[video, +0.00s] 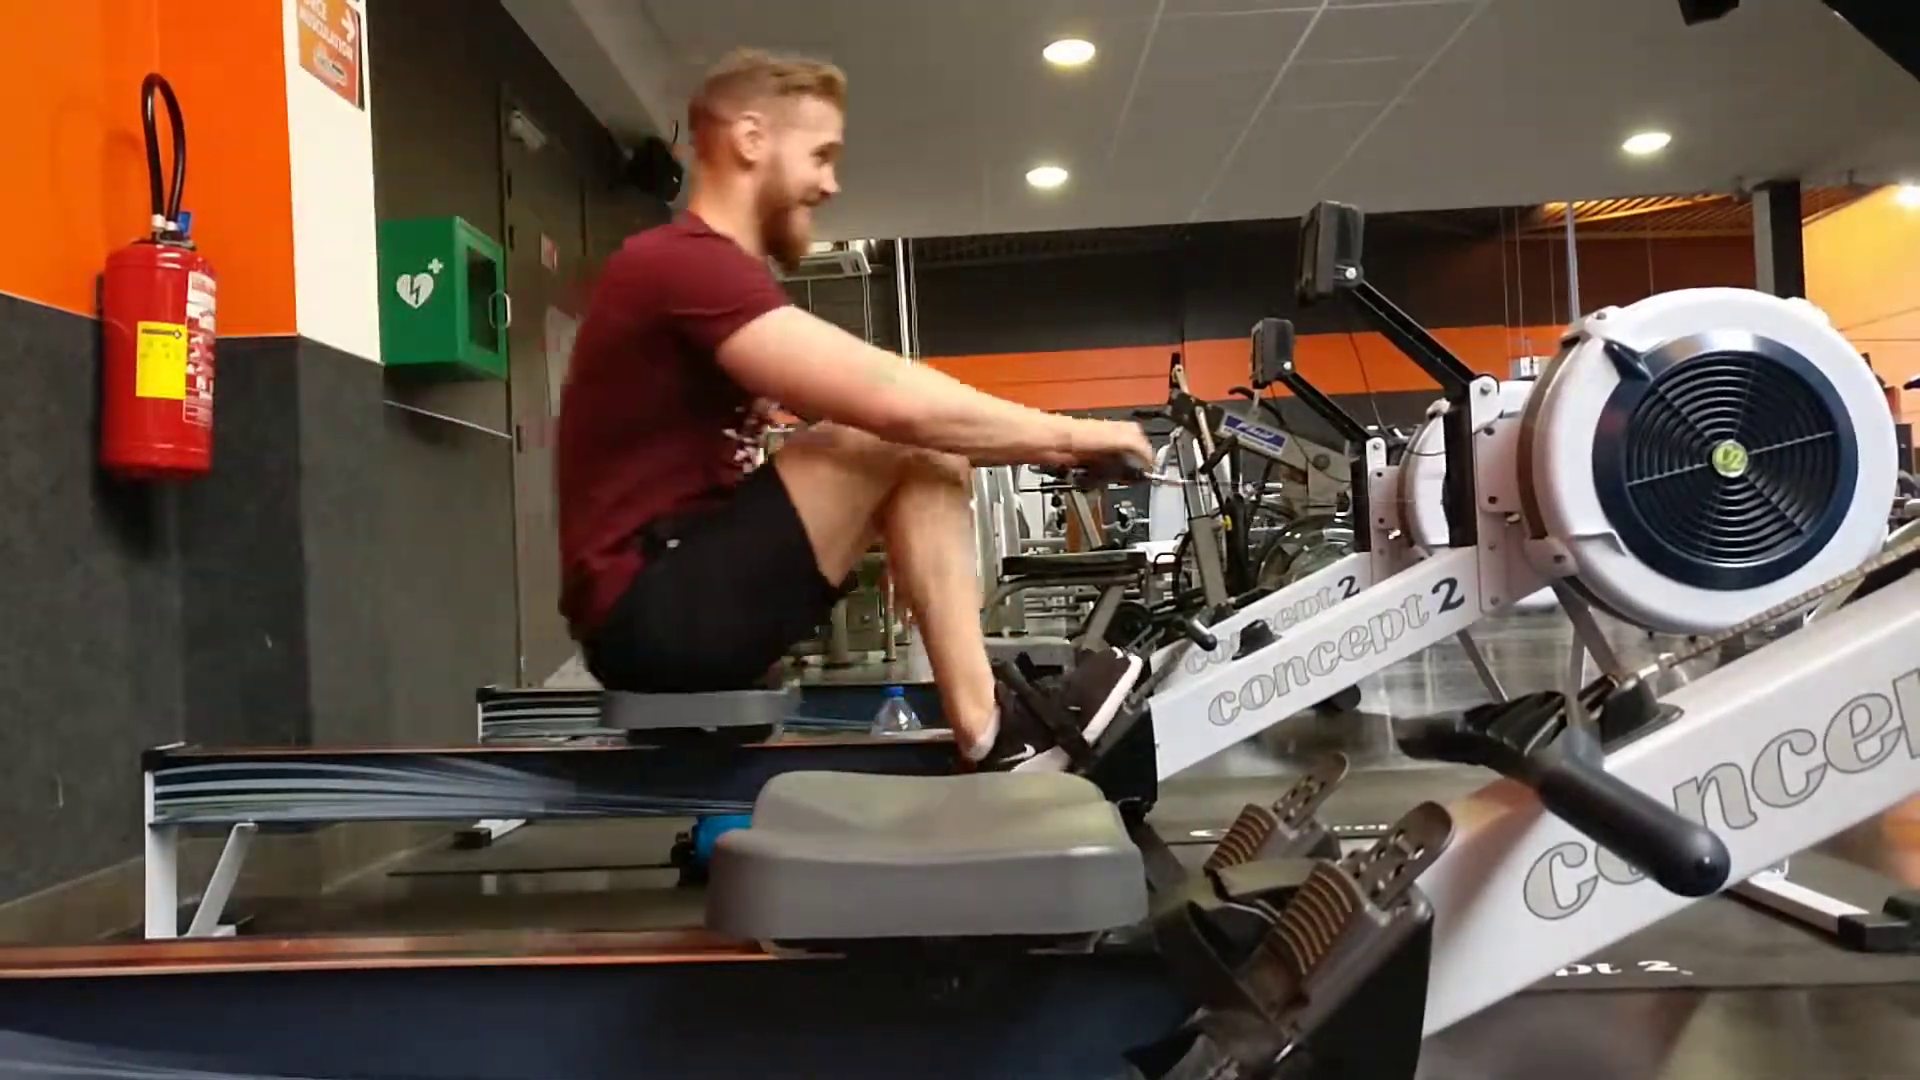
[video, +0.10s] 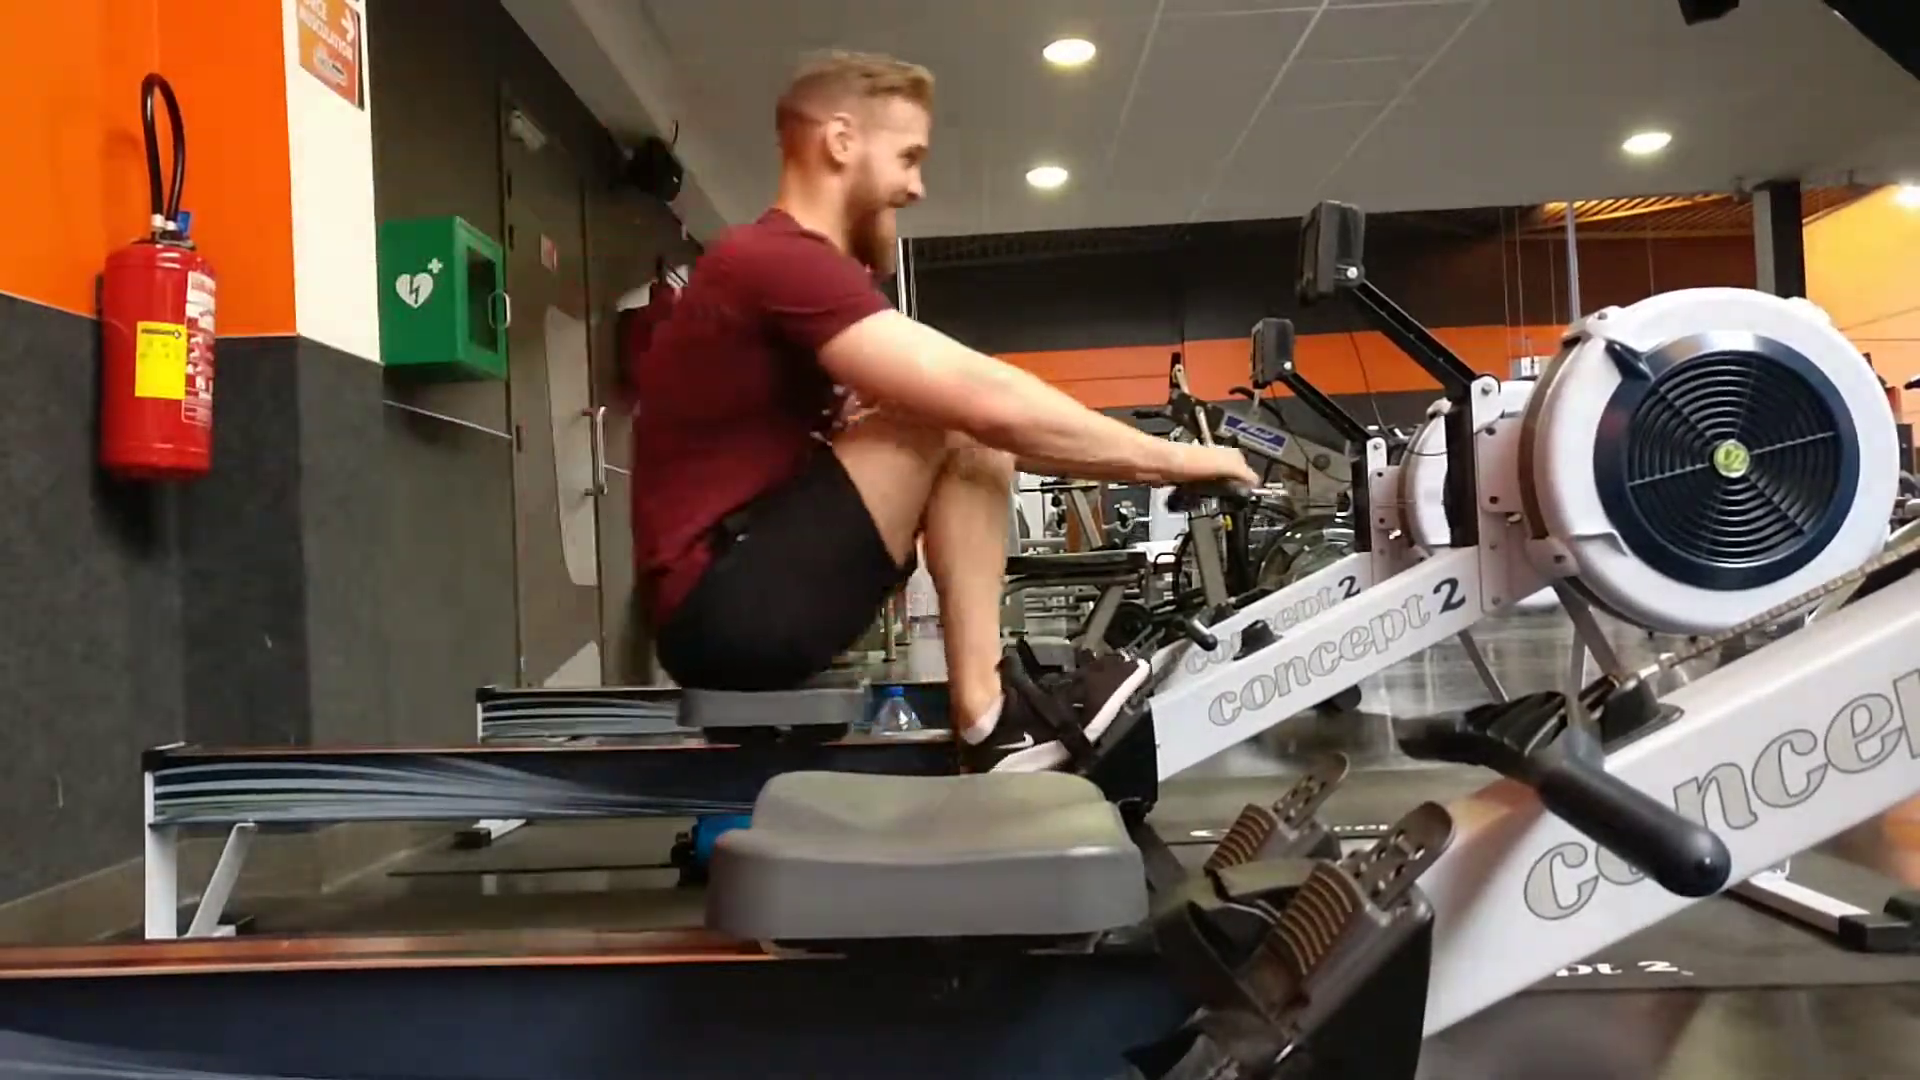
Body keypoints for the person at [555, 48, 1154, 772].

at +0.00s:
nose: (832, 185)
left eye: (834, 162)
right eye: (821, 156)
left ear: (747, 146)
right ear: (749, 140)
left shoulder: (700, 269)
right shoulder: (684, 265)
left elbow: (883, 397)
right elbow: (896, 404)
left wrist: (1055, 439)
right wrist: (1069, 436)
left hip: (666, 611)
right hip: (656, 619)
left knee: (908, 442)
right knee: (914, 448)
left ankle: (982, 713)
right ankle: (982, 730)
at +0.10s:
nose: (918, 188)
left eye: (922, 163)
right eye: (909, 157)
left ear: (838, 146)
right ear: (838, 141)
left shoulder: (790, 262)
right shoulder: (779, 262)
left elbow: (973, 396)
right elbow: (994, 405)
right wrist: (1170, 461)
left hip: (737, 606)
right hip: (726, 615)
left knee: (961, 419)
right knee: (958, 421)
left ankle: (981, 703)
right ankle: (982, 713)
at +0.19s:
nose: (959, 186)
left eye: (961, 163)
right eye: (949, 157)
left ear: (882, 145)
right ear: (882, 141)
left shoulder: (840, 262)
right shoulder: (830, 260)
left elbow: (1044, 394)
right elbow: (1051, 406)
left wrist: (1206, 468)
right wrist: (1233, 468)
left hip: (772, 606)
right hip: (761, 615)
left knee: (1009, 420)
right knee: (994, 417)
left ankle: (999, 692)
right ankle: (983, 711)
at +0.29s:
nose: (963, 178)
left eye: (964, 153)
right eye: (953, 147)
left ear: (886, 139)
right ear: (885, 134)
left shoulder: (841, 259)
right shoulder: (837, 257)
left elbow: (1040, 408)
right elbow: (1061, 395)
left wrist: (1192, 472)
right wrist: (1241, 459)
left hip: (777, 601)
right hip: (771, 610)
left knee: (1010, 409)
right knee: (1001, 405)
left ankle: (997, 683)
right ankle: (984, 706)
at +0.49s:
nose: (791, 142)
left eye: (786, 118)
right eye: (774, 113)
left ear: (705, 113)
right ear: (700, 110)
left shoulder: (695, 244)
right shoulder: (648, 232)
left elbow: (824, 390)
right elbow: (822, 374)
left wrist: (1002, 407)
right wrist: (1018, 404)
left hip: (686, 595)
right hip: (666, 605)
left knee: (932, 431)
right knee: (928, 432)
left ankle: (992, 703)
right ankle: (988, 727)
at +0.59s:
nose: (637, 140)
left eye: (634, 116)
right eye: (618, 111)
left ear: (547, 118)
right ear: (540, 113)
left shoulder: (580, 258)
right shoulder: (503, 242)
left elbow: (696, 405)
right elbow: (674, 393)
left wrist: (871, 409)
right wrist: (875, 407)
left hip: (600, 595)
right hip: (560, 604)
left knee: (859, 451)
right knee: (856, 458)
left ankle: (989, 716)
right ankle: (991, 738)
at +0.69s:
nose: (503, 157)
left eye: (502, 135)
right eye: (482, 131)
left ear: (418, 137)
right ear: (393, 126)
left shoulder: (466, 279)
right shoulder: (353, 263)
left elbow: (571, 422)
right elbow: (496, 417)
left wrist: (724, 419)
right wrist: (719, 416)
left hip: (522, 583)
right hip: (471, 606)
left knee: (787, 490)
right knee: (784, 496)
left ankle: (992, 717)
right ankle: (990, 745)